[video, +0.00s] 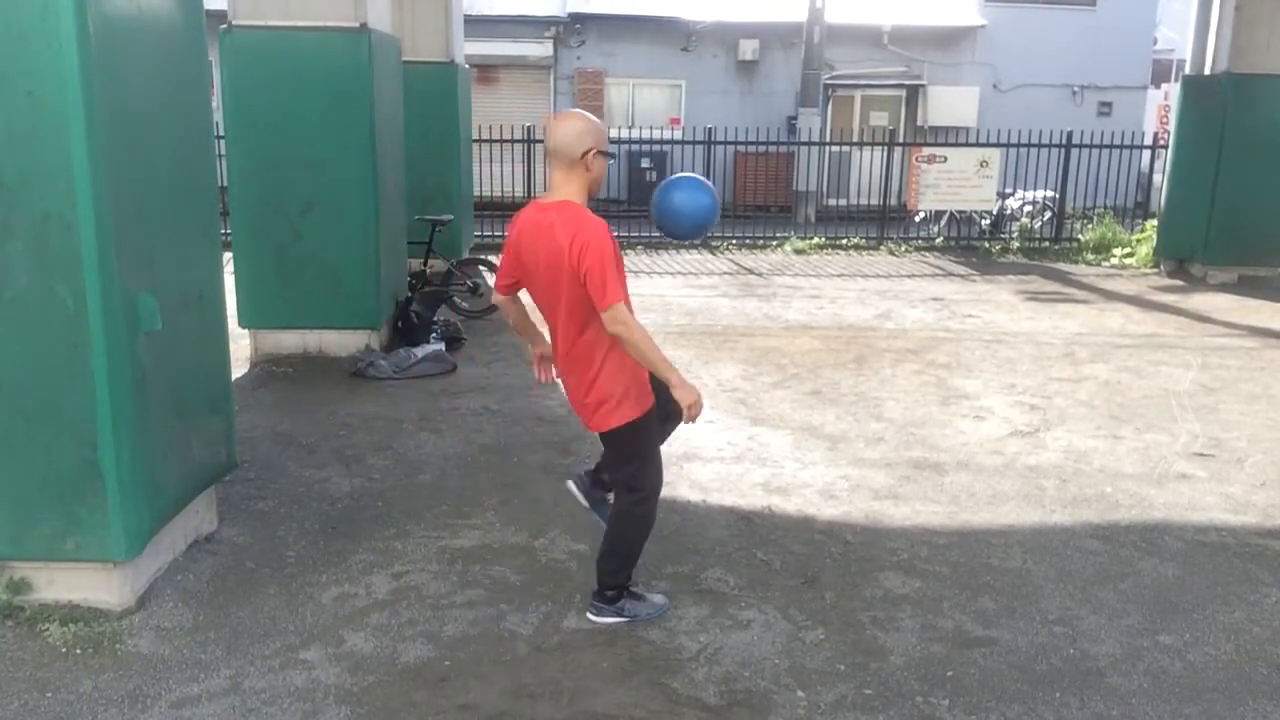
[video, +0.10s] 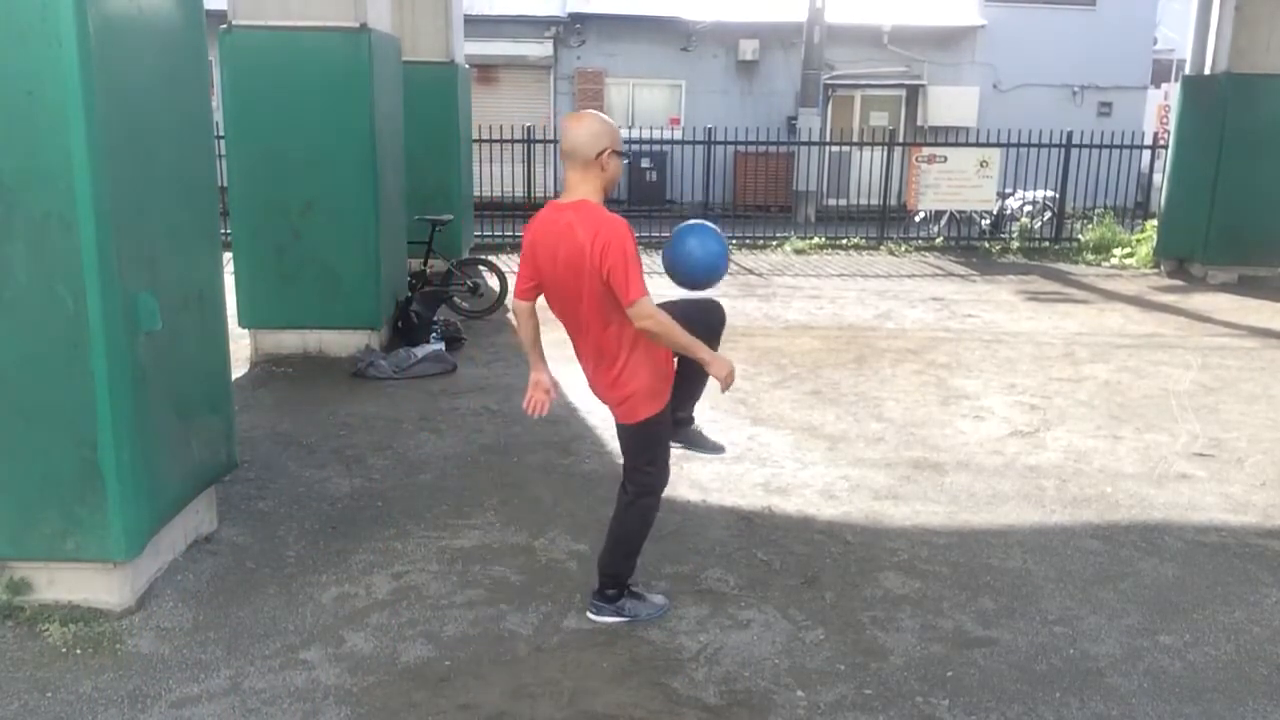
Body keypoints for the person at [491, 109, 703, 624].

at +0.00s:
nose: (606, 165)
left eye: (605, 156)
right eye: (604, 156)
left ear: (552, 159)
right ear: (589, 160)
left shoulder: (524, 223)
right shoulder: (590, 231)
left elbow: (504, 296)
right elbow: (617, 321)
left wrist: (535, 341)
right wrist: (675, 380)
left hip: (582, 375)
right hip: (612, 382)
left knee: (672, 403)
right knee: (641, 488)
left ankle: (600, 480)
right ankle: (610, 595)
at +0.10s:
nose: (620, 165)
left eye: (619, 156)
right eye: (618, 156)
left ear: (566, 159)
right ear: (604, 160)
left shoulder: (540, 226)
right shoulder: (611, 230)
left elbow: (522, 304)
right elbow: (642, 315)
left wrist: (537, 368)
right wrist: (709, 356)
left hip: (600, 357)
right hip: (636, 366)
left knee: (709, 314)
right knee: (644, 485)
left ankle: (679, 421)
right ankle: (610, 594)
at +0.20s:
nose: (632, 158)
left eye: (630, 149)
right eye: (628, 150)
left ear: (580, 159)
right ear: (612, 157)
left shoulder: (556, 224)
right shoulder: (625, 228)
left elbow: (541, 304)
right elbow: (655, 312)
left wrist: (552, 369)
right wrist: (720, 348)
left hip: (613, 356)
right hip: (647, 365)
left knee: (717, 319)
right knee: (648, 482)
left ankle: (690, 425)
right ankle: (610, 594)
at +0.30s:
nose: (642, 156)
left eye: (639, 146)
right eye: (637, 148)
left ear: (589, 157)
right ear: (620, 155)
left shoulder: (566, 222)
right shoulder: (635, 224)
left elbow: (551, 299)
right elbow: (662, 306)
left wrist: (567, 362)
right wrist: (729, 346)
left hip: (618, 357)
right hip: (653, 364)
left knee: (713, 356)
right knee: (648, 482)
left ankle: (683, 450)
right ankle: (610, 594)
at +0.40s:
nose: (655, 153)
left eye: (653, 143)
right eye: (650, 145)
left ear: (604, 153)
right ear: (632, 151)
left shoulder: (582, 215)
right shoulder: (646, 219)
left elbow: (567, 289)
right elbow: (670, 302)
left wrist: (591, 341)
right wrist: (733, 346)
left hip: (630, 365)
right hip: (664, 372)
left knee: (697, 419)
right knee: (659, 479)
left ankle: (666, 517)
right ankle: (613, 586)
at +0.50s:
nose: (669, 164)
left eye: (668, 155)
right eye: (666, 155)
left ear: (622, 160)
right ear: (646, 159)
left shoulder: (597, 221)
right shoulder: (648, 224)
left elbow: (595, 288)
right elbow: (664, 310)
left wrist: (640, 314)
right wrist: (726, 363)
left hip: (631, 368)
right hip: (669, 369)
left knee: (663, 450)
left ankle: (643, 553)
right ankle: (655, 541)